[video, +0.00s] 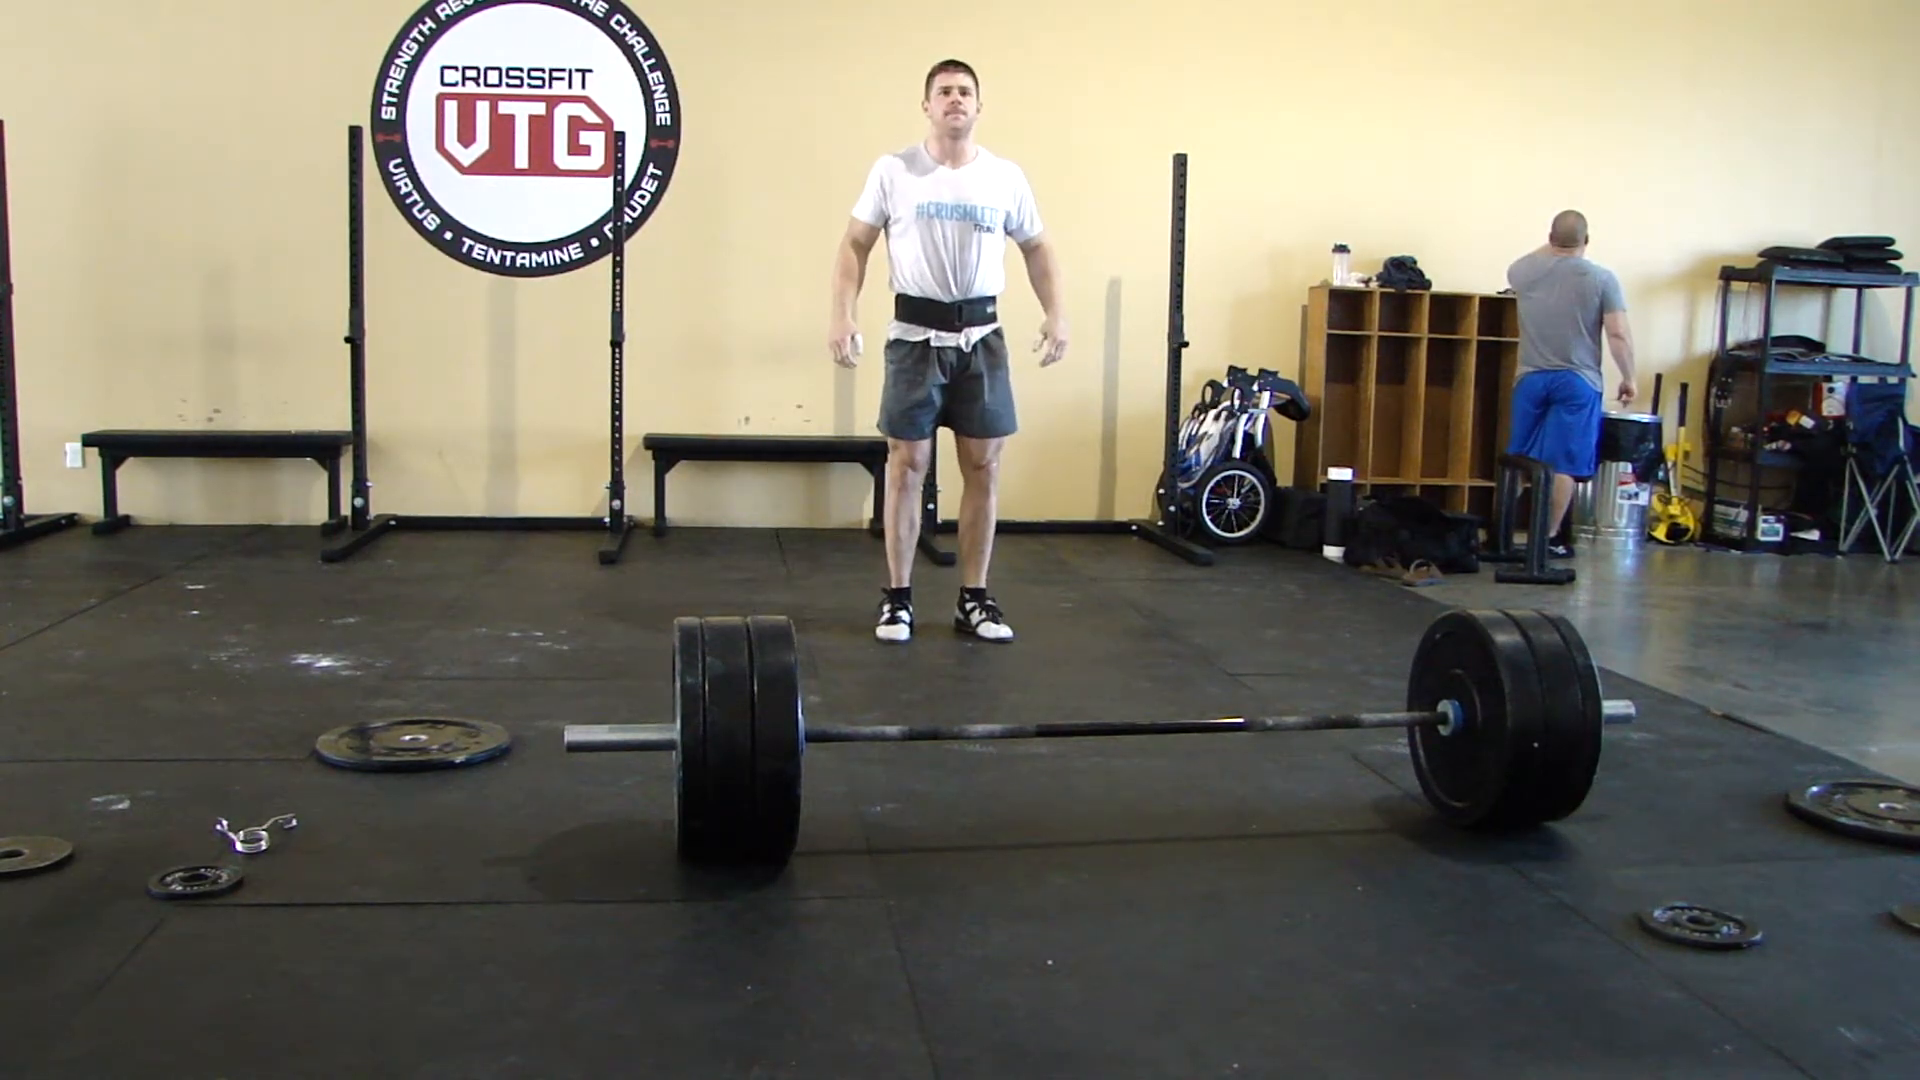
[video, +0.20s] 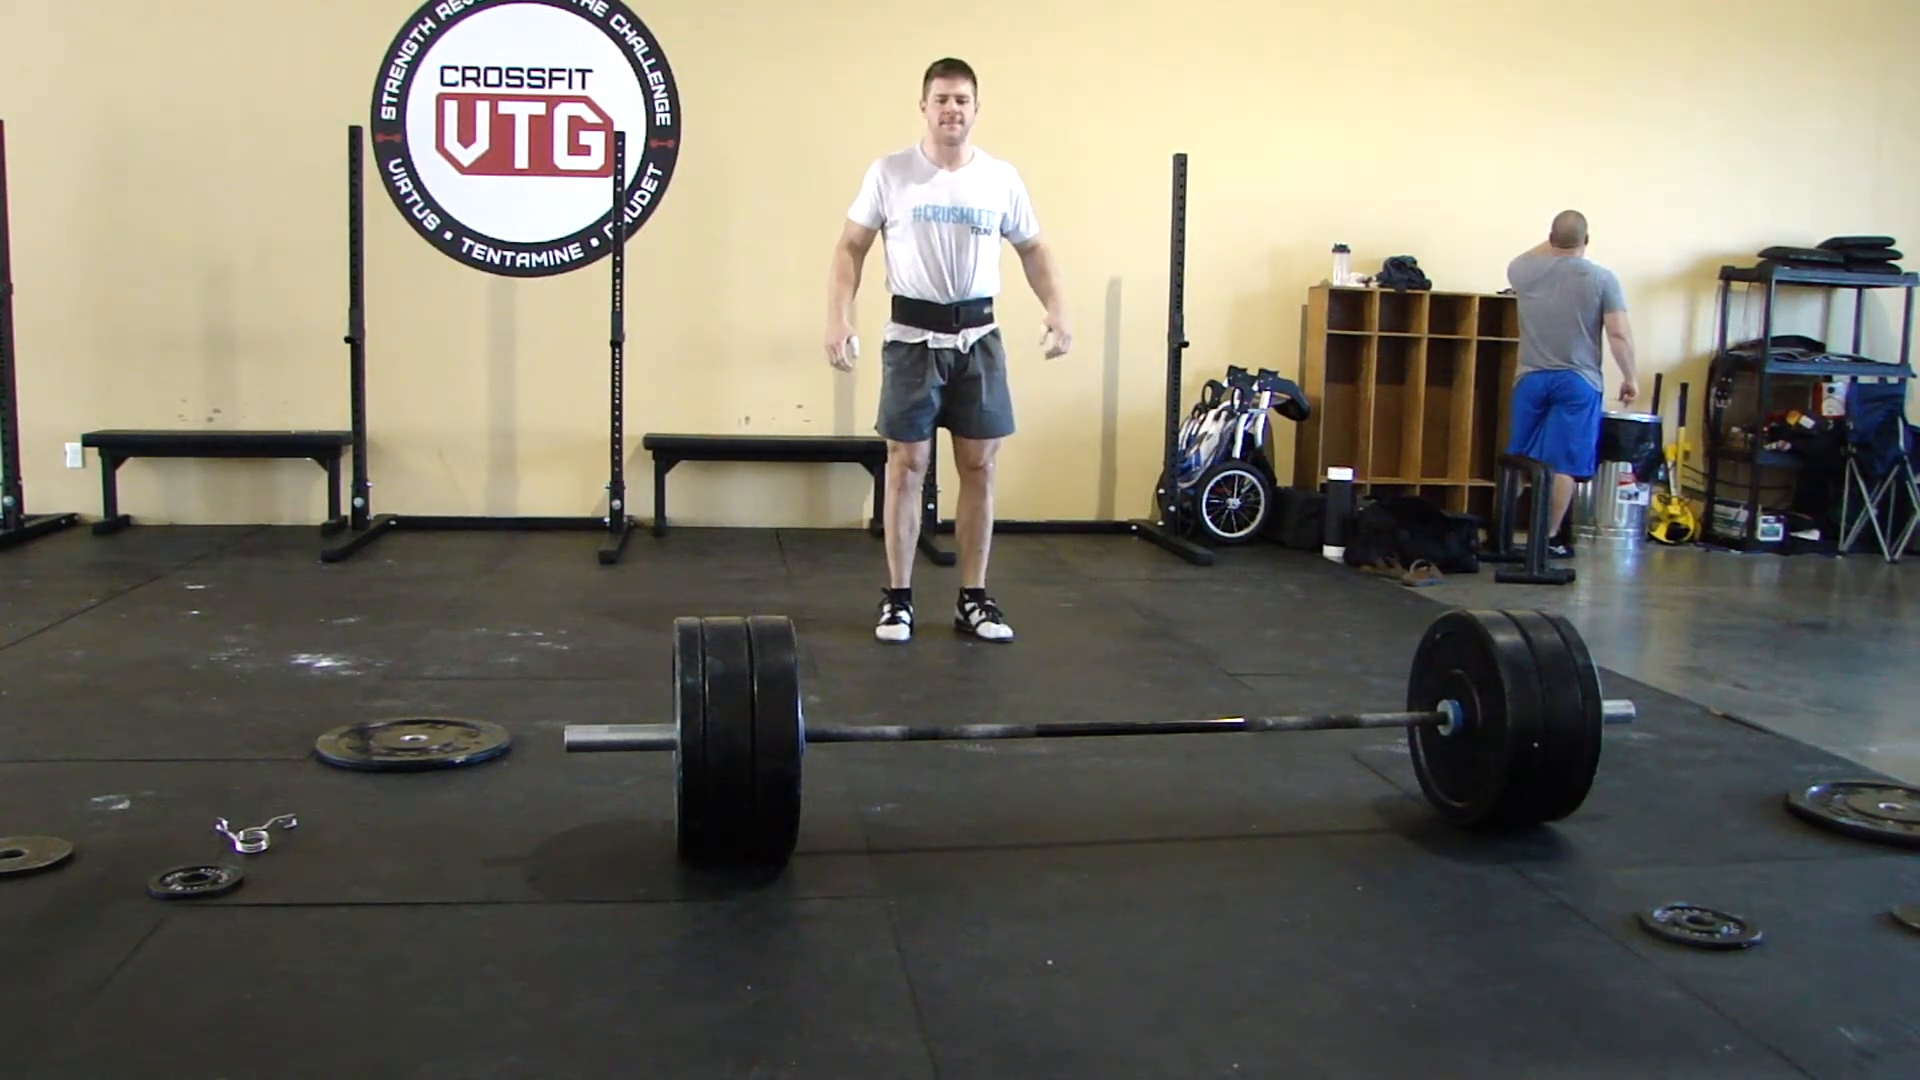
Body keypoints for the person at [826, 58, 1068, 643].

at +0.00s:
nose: (955, 99)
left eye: (965, 92)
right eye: (945, 92)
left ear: (979, 107)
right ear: (926, 106)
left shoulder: (1004, 176)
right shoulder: (893, 172)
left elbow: (1036, 248)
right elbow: (855, 245)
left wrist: (1055, 317)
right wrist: (842, 317)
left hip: (981, 341)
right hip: (913, 339)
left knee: (983, 468)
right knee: (906, 464)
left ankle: (974, 599)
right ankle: (897, 598)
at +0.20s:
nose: (952, 110)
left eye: (962, 100)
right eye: (942, 100)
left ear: (976, 109)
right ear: (923, 108)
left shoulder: (1000, 178)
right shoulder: (889, 175)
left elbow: (1032, 249)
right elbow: (851, 247)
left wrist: (1056, 313)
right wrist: (838, 319)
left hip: (978, 342)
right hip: (911, 341)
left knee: (979, 467)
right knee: (906, 465)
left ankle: (974, 599)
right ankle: (897, 599)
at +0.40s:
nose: (946, 113)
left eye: (956, 103)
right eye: (936, 103)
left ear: (971, 110)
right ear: (917, 108)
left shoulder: (996, 179)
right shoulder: (883, 176)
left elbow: (1027, 250)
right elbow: (845, 249)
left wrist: (1047, 315)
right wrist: (826, 326)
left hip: (971, 344)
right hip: (905, 343)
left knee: (972, 470)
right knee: (905, 466)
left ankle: (974, 599)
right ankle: (898, 599)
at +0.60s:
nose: (942, 119)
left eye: (952, 109)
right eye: (931, 108)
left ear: (966, 114)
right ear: (911, 111)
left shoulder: (990, 181)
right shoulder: (875, 178)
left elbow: (1019, 254)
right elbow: (837, 251)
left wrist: (1039, 327)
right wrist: (818, 326)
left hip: (968, 346)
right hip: (898, 348)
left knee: (990, 471)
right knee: (900, 472)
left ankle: (972, 591)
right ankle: (897, 598)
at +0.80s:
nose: (953, 124)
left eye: (963, 113)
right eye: (942, 112)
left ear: (976, 117)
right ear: (920, 112)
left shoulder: (998, 182)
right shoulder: (880, 180)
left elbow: (1026, 256)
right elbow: (840, 253)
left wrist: (1048, 332)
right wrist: (825, 333)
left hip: (976, 348)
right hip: (904, 351)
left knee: (1004, 466)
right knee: (903, 473)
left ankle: (1006, 613)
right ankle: (898, 599)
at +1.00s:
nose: (983, 132)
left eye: (993, 121)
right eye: (972, 119)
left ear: (1005, 125)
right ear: (946, 120)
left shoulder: (1026, 192)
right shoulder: (907, 186)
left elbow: (1053, 271)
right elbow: (861, 264)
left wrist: (1074, 349)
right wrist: (857, 336)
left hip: (998, 361)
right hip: (923, 361)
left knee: (1020, 482)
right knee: (910, 488)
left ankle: (1025, 637)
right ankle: (900, 596)